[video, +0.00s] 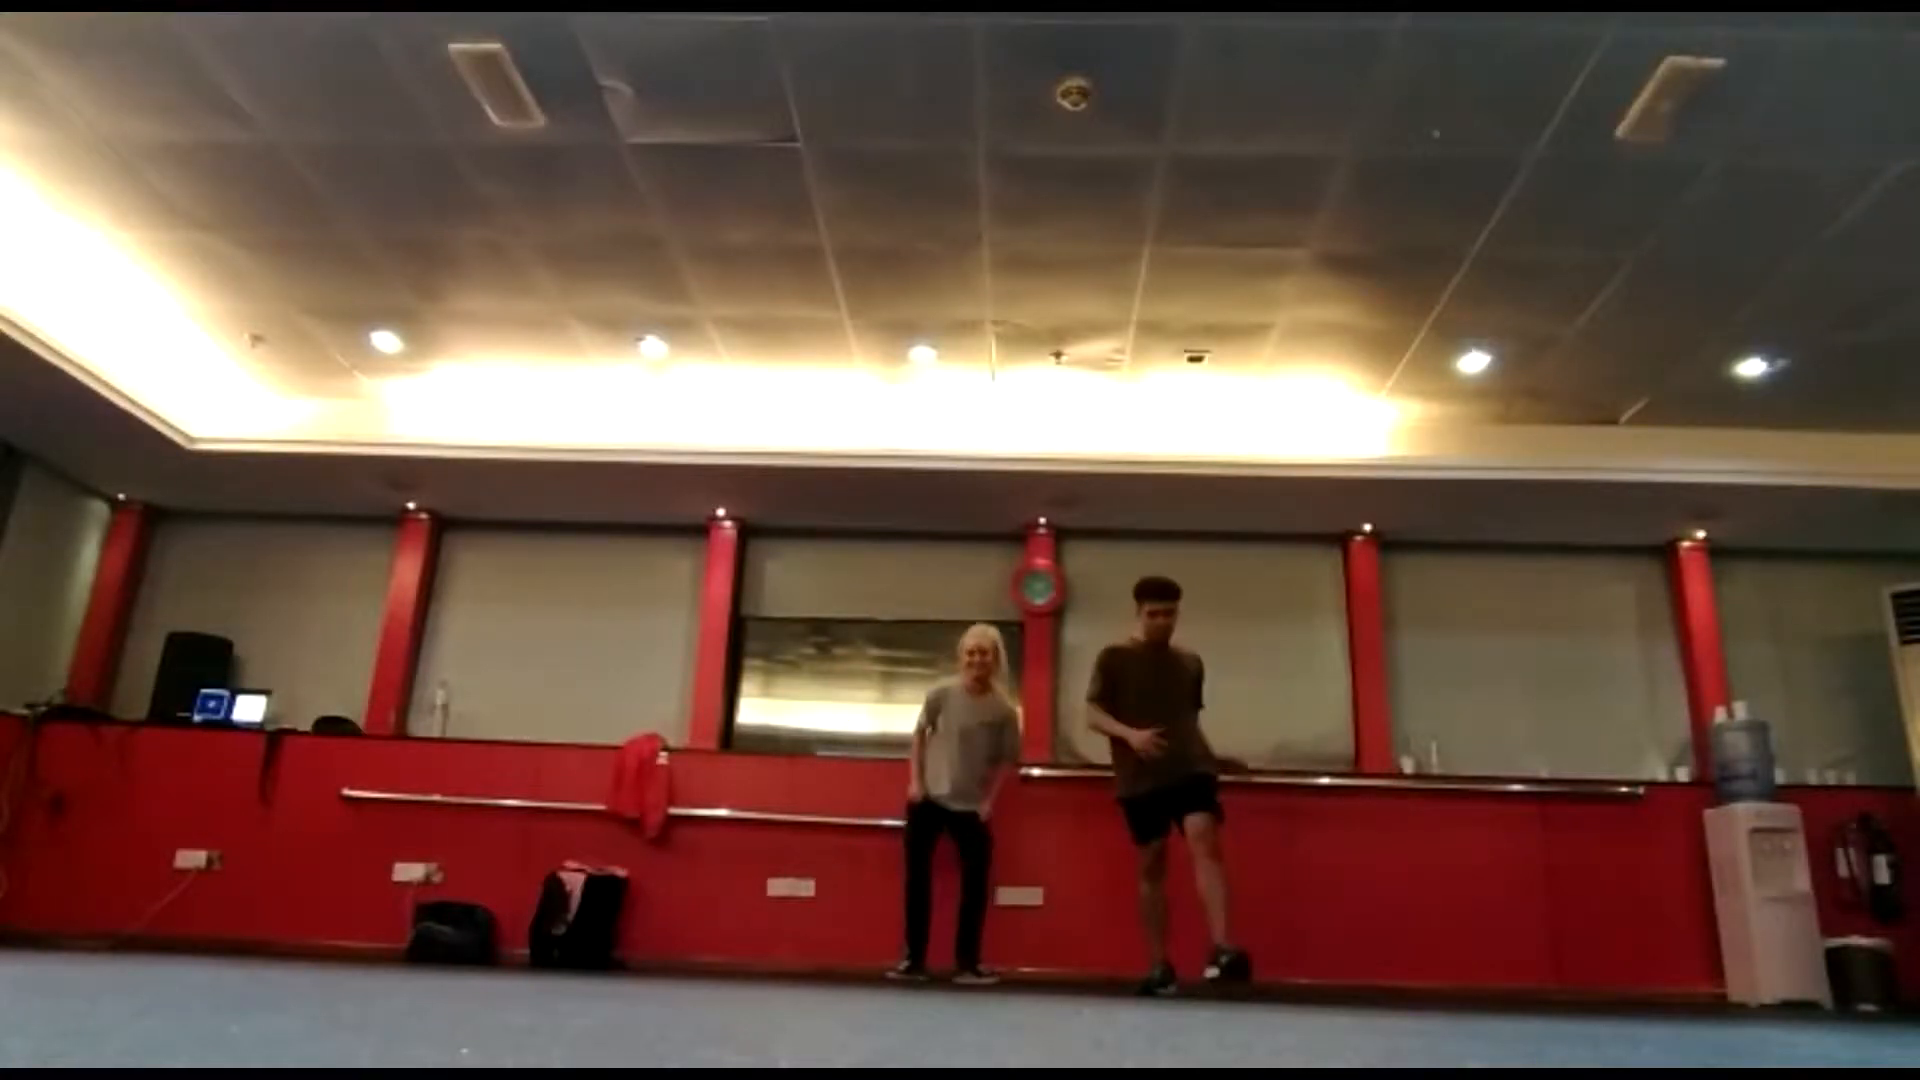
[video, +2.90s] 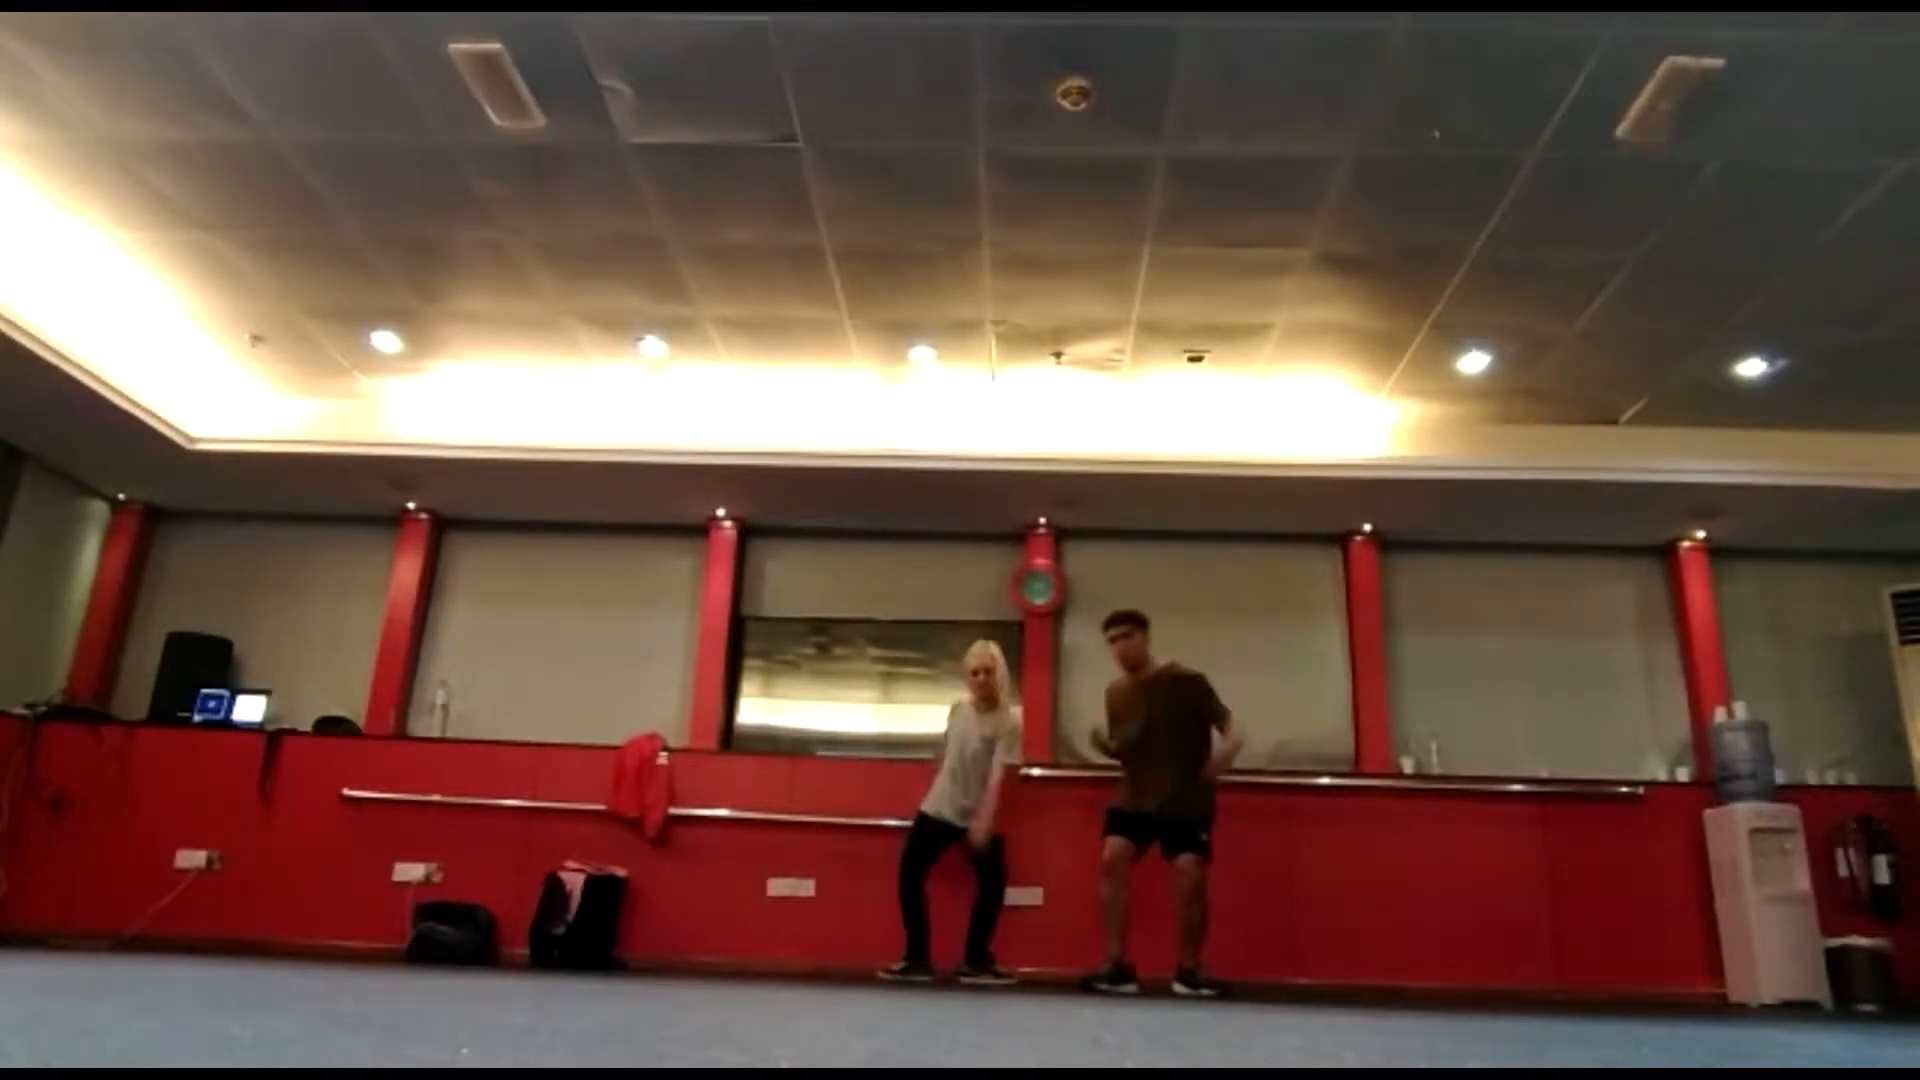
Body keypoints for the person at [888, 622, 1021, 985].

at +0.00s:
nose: (976, 659)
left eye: (984, 653)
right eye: (970, 652)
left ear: (996, 659)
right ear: (960, 656)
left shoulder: (1004, 711)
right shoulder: (940, 696)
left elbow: (1007, 761)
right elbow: (919, 736)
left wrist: (989, 801)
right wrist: (915, 781)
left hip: (971, 809)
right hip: (929, 803)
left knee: (975, 888)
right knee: (917, 883)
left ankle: (967, 963)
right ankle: (914, 958)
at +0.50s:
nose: (930, 677)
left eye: (936, 669)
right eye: (927, 670)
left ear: (954, 667)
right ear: (926, 671)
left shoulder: (974, 707)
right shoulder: (931, 713)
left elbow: (978, 751)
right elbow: (919, 766)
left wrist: (939, 765)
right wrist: (892, 804)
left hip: (959, 817)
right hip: (921, 813)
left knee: (963, 893)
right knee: (901, 879)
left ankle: (964, 963)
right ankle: (927, 958)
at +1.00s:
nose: (914, 670)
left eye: (920, 661)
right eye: (908, 663)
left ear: (935, 661)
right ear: (902, 666)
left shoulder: (949, 699)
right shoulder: (918, 708)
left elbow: (963, 724)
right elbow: (920, 762)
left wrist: (950, 750)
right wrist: (900, 796)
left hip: (956, 811)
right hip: (920, 811)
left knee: (959, 890)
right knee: (901, 876)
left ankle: (964, 962)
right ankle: (926, 957)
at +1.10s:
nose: (907, 674)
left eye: (914, 666)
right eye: (902, 668)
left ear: (929, 667)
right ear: (896, 672)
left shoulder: (945, 704)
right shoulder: (909, 716)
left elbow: (975, 734)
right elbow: (915, 770)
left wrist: (1002, 755)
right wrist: (895, 806)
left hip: (955, 815)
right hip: (917, 815)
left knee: (961, 893)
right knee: (898, 880)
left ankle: (965, 963)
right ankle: (927, 958)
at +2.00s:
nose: (937, 656)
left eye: (944, 650)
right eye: (931, 649)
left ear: (953, 657)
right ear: (917, 652)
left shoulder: (952, 695)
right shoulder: (906, 696)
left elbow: (951, 745)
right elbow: (911, 751)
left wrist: (957, 789)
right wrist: (929, 794)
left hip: (954, 800)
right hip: (914, 801)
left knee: (975, 873)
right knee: (915, 883)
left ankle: (972, 955)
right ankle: (919, 958)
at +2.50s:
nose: (977, 670)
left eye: (985, 664)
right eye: (972, 662)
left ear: (995, 671)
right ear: (960, 665)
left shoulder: (995, 720)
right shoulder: (935, 700)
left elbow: (1001, 767)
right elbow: (896, 723)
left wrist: (1013, 807)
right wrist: (909, 754)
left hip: (962, 811)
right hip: (919, 806)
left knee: (990, 876)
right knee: (914, 886)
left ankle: (975, 959)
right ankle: (919, 959)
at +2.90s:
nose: (981, 679)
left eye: (988, 672)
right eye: (974, 673)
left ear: (1000, 675)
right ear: (966, 677)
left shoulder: (1008, 719)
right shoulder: (959, 709)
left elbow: (998, 775)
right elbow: (948, 756)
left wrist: (983, 821)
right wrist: (933, 797)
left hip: (976, 817)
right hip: (938, 810)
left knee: (992, 884)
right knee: (911, 873)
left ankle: (977, 960)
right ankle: (916, 958)